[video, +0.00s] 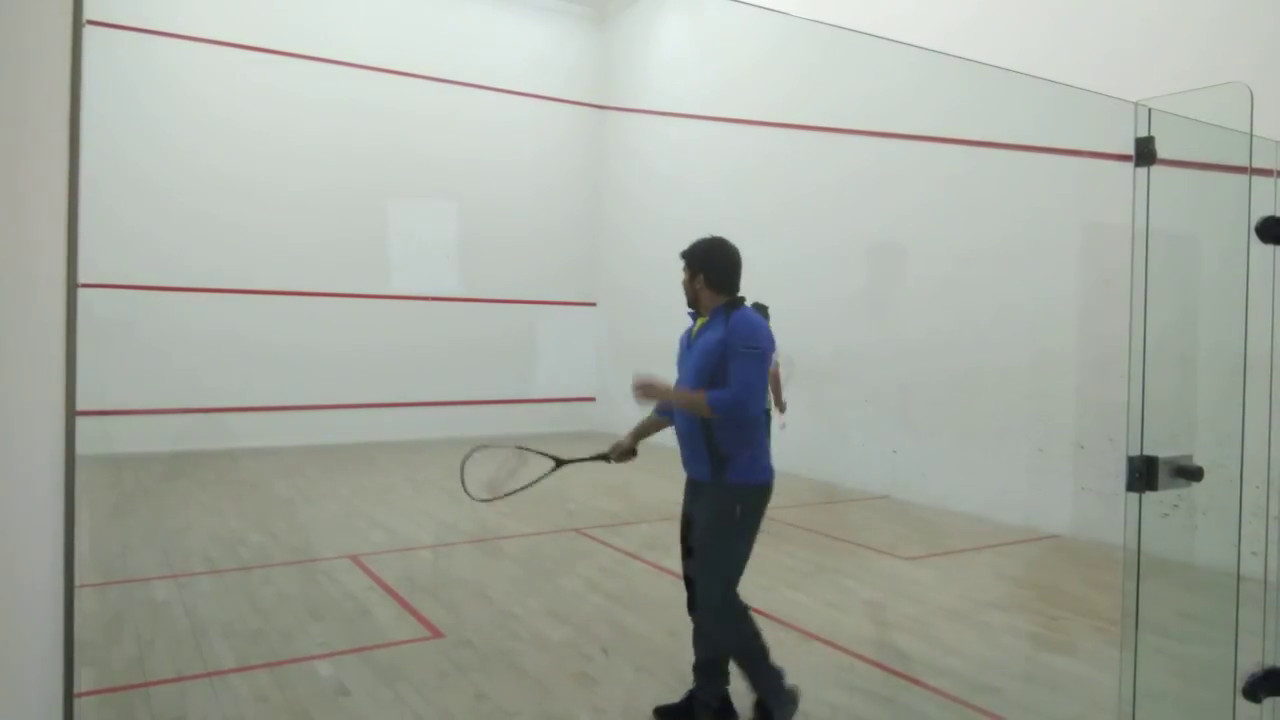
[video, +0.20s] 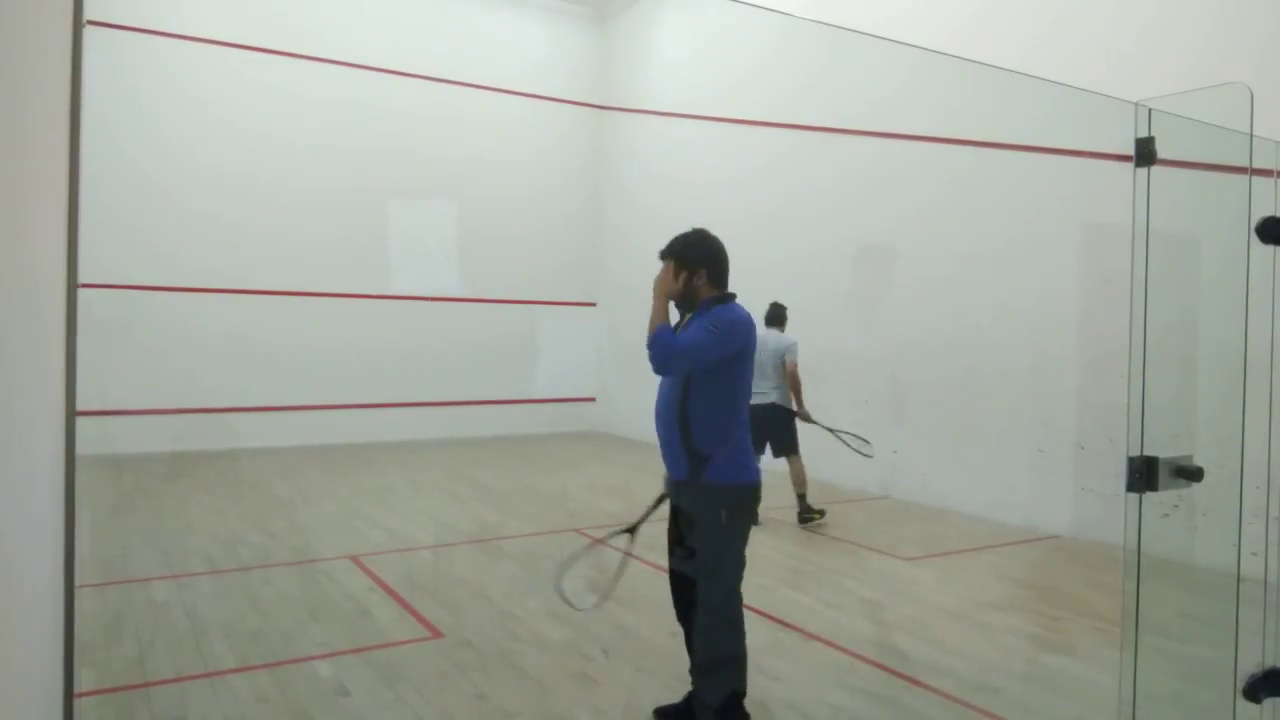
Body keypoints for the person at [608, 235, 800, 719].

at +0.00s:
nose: (682, 283)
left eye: (688, 274)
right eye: (684, 274)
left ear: (706, 278)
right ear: (711, 279)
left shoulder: (746, 327)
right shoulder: (694, 334)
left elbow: (743, 402)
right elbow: (684, 402)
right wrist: (633, 436)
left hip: (741, 483)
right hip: (703, 480)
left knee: (715, 591)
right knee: (701, 590)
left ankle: (774, 694)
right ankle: (709, 697)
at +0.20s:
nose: (665, 282)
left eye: (670, 273)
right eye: (665, 274)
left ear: (695, 274)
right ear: (702, 275)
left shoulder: (729, 321)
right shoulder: (700, 321)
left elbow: (664, 358)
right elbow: (702, 407)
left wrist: (660, 300)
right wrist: (681, 471)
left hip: (721, 485)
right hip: (693, 482)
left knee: (716, 596)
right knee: (689, 591)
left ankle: (725, 703)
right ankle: (706, 694)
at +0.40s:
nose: (661, 268)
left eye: (671, 262)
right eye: (665, 260)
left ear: (697, 276)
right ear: (696, 277)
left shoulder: (717, 328)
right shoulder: (692, 327)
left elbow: (638, 373)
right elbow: (701, 415)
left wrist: (636, 338)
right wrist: (676, 478)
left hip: (718, 492)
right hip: (683, 487)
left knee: (714, 598)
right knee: (653, 579)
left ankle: (728, 706)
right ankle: (689, 685)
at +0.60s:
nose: (629, 277)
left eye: (632, 269)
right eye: (632, 269)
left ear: (645, 276)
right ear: (672, 276)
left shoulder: (688, 334)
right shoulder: (657, 331)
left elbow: (694, 428)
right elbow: (664, 420)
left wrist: (639, 473)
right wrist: (633, 475)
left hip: (692, 494)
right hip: (662, 492)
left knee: (697, 611)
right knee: (653, 607)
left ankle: (726, 711)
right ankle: (639, 707)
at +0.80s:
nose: (604, 276)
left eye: (608, 267)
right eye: (608, 267)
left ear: (618, 275)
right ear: (648, 277)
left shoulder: (647, 334)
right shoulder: (629, 328)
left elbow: (650, 424)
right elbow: (634, 416)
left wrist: (593, 478)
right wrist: (600, 476)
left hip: (645, 492)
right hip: (623, 488)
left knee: (635, 611)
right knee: (626, 607)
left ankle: (708, 710)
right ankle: (637, 707)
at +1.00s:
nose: (594, 275)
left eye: (596, 268)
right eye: (596, 267)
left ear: (603, 274)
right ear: (643, 275)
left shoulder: (629, 330)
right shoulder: (640, 323)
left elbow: (633, 422)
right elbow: (646, 416)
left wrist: (584, 480)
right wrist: (600, 477)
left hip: (643, 493)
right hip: (639, 488)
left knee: (631, 615)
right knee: (630, 611)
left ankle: (656, 709)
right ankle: (640, 705)